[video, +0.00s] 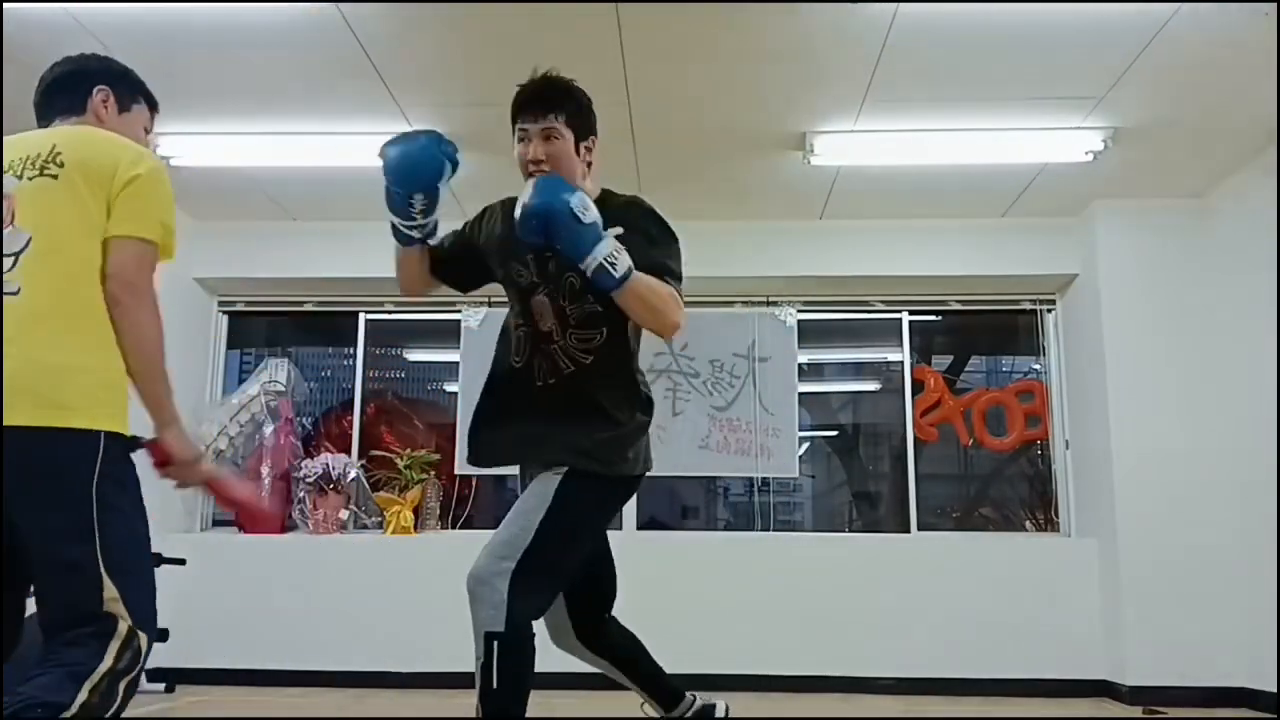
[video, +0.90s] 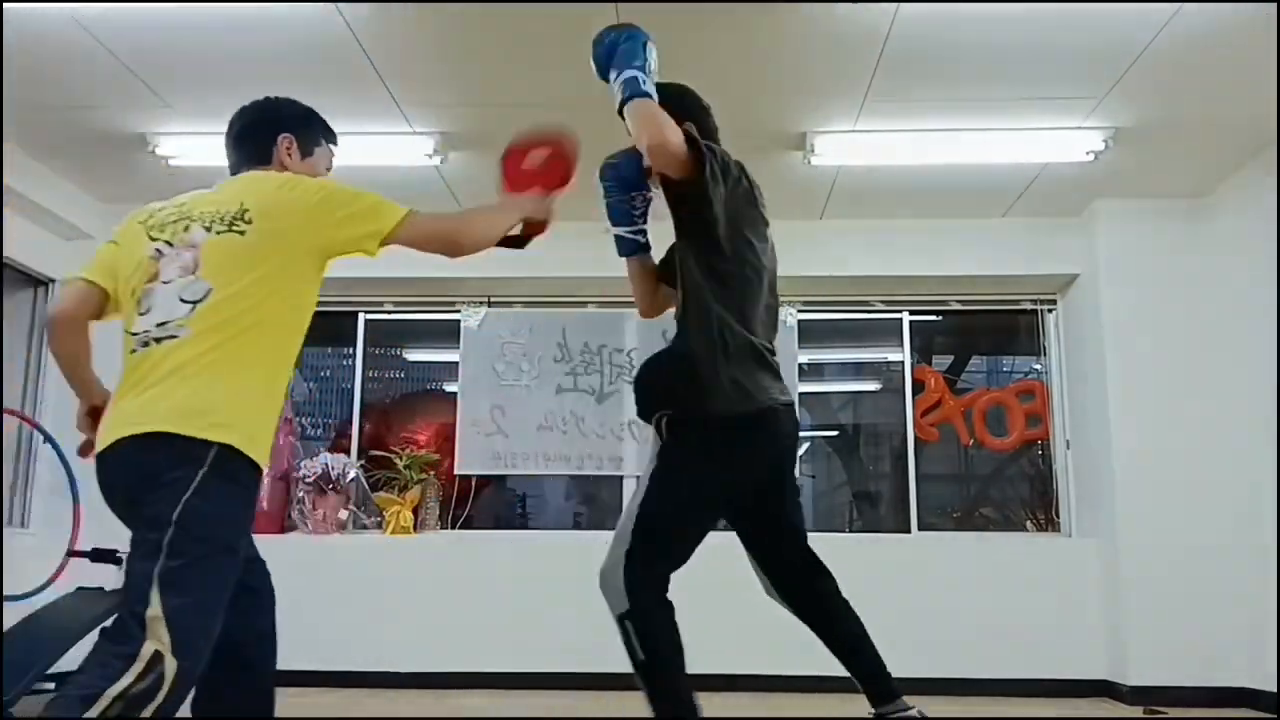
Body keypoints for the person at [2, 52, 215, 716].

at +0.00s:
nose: (149, 144)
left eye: (152, 131)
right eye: (145, 126)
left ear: (60, 111)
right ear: (103, 103)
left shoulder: (7, 154)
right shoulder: (127, 162)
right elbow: (126, 289)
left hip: (9, 423)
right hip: (63, 423)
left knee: (14, 626)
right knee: (107, 633)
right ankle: (32, 709)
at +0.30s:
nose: (164, 134)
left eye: (167, 118)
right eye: (161, 111)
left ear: (90, 98)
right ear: (110, 91)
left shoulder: (21, 150)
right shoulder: (111, 145)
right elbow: (90, 266)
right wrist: (162, 391)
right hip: (31, 411)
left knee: (39, 624)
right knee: (70, 630)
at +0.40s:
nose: (192, 103)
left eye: (196, 87)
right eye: (187, 80)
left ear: (133, 70)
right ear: (135, 64)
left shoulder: (105, 169)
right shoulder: (96, 122)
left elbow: (196, 254)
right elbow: (42, 244)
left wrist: (223, 162)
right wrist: (136, 371)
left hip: (36, 425)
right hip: (24, 423)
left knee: (43, 648)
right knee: (46, 651)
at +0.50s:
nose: (228, 94)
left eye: (232, 78)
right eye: (221, 70)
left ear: (169, 61)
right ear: (167, 53)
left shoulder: (168, 179)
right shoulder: (89, 129)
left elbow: (240, 255)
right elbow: (25, 272)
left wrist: (322, 188)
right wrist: (114, 398)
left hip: (56, 432)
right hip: (20, 423)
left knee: (42, 654)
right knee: (34, 657)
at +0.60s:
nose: (262, 113)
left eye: (264, 94)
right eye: (256, 87)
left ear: (208, 76)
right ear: (205, 69)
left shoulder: (173, 188)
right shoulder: (131, 143)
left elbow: (134, 302)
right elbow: (73, 296)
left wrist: (228, 307)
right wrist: (147, 434)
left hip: (73, 432)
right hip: (37, 424)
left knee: (76, 634)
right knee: (72, 634)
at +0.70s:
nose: (280, 156)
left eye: (283, 137)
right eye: (279, 131)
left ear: (221, 115)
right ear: (238, 110)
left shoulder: (107, 176)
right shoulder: (220, 167)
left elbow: (14, 269)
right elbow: (226, 274)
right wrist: (345, 380)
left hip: (35, 419)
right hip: (91, 427)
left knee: (100, 616)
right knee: (121, 651)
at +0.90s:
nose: (327, 179)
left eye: (329, 168)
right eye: (325, 165)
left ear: (247, 155)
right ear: (286, 150)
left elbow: (65, 317)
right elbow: (455, 237)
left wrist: (92, 397)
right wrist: (524, 209)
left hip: (125, 449)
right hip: (202, 443)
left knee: (247, 605)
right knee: (152, 650)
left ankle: (237, 715)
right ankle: (70, 713)